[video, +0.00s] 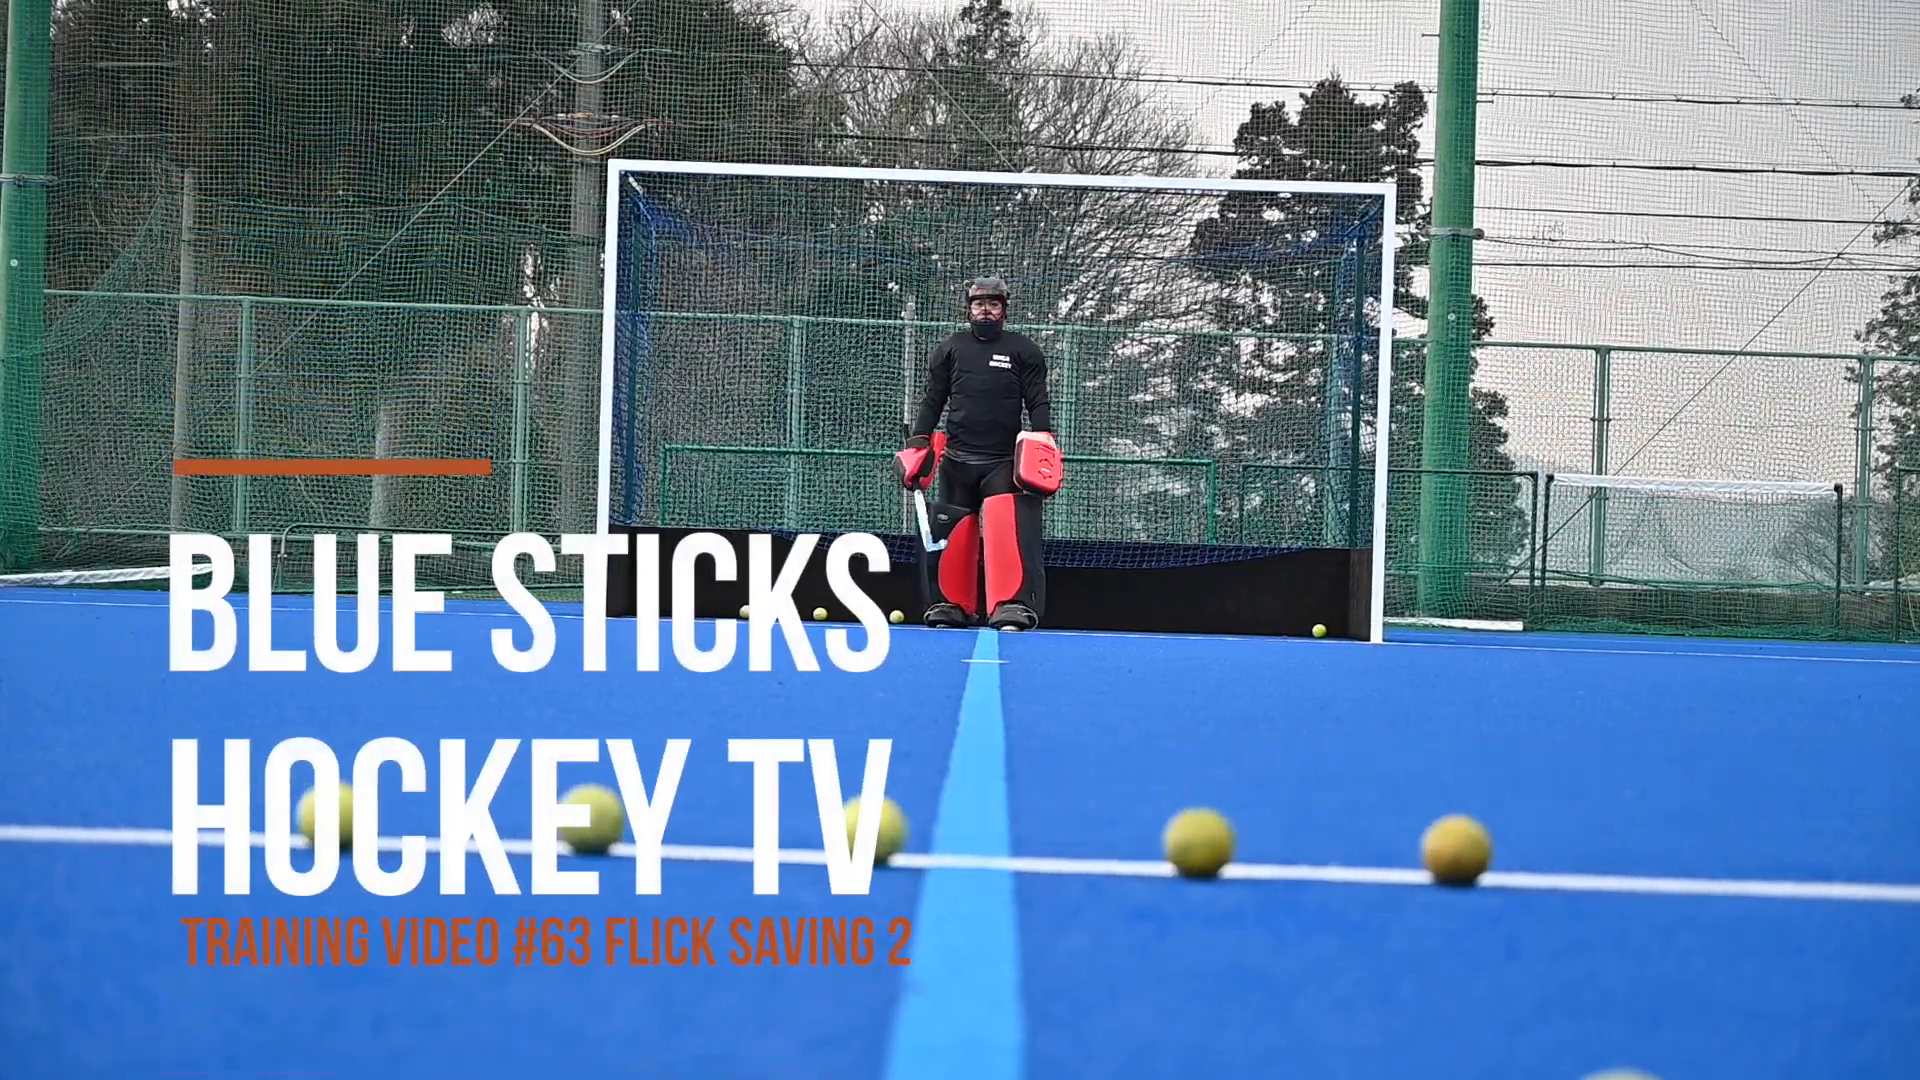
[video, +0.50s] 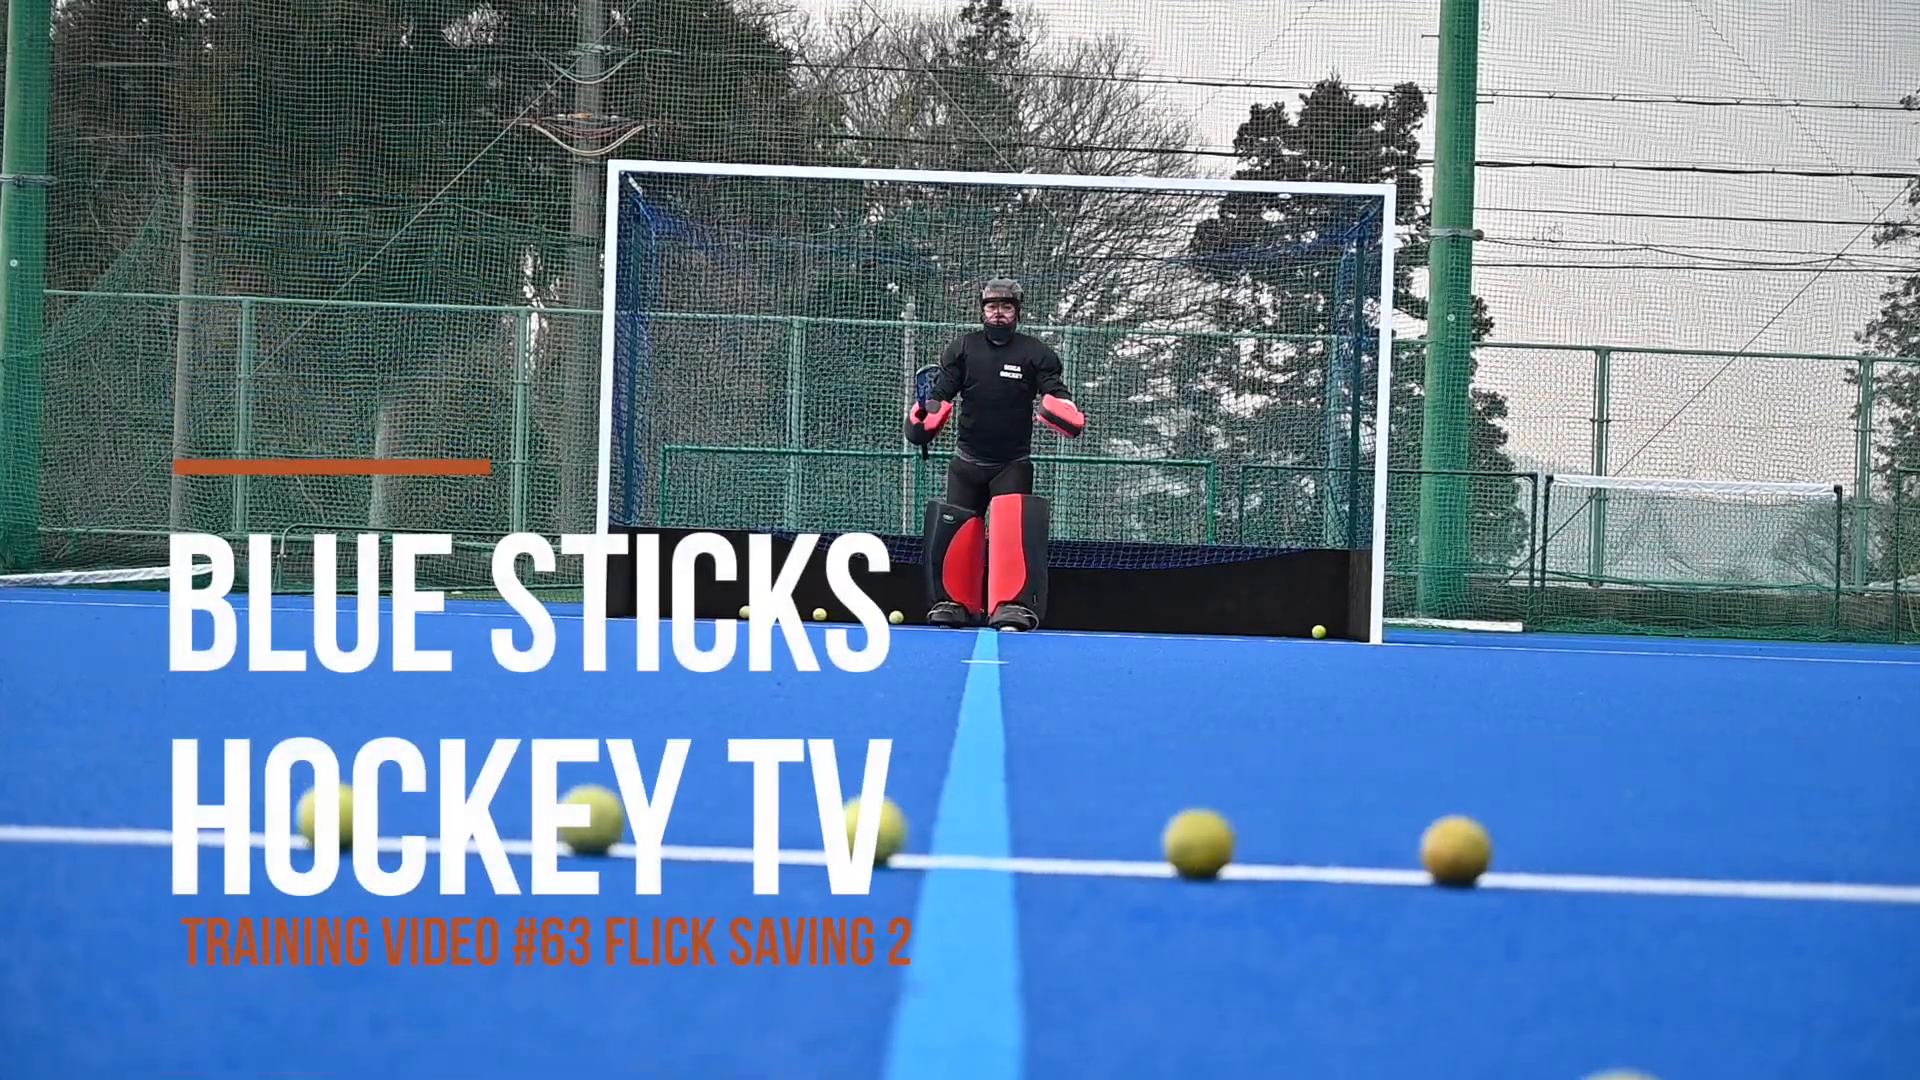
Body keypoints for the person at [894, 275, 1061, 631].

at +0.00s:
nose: (986, 310)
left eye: (993, 303)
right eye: (979, 303)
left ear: (1004, 308)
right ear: (968, 308)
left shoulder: (1024, 351)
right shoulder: (950, 349)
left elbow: (1038, 404)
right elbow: (931, 402)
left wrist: (1041, 450)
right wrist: (916, 447)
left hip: (1005, 462)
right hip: (957, 460)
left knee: (1007, 530)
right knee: (950, 530)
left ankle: (1011, 605)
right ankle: (951, 605)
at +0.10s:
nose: (989, 309)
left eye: (996, 303)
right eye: (982, 302)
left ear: (1007, 308)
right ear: (972, 307)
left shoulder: (1027, 351)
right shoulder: (953, 349)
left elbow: (1043, 400)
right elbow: (934, 400)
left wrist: (1049, 439)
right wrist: (919, 438)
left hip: (1007, 462)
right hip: (961, 460)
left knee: (1006, 531)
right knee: (952, 531)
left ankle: (1010, 607)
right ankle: (950, 605)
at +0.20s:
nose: (992, 310)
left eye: (1000, 303)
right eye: (985, 303)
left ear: (1011, 309)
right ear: (975, 308)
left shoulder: (1030, 351)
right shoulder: (956, 348)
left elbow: (1049, 398)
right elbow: (936, 399)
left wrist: (1053, 430)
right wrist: (923, 429)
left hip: (1009, 463)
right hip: (964, 461)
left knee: (1008, 533)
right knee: (951, 531)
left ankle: (1011, 607)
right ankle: (950, 605)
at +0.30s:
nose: (996, 311)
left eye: (1004, 304)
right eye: (989, 304)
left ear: (1015, 309)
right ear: (979, 309)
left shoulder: (1033, 352)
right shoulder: (959, 348)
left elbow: (1052, 395)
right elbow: (939, 395)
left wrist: (1060, 424)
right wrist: (924, 421)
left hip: (1011, 463)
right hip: (966, 460)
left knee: (1009, 533)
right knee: (953, 531)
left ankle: (1011, 607)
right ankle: (951, 605)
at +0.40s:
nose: (998, 311)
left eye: (1006, 305)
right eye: (991, 304)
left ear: (1017, 310)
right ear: (981, 309)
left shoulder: (1036, 353)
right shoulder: (962, 348)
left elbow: (1053, 392)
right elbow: (939, 394)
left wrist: (1062, 414)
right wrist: (926, 417)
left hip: (1012, 462)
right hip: (967, 460)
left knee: (1009, 530)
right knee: (956, 530)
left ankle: (1009, 607)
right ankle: (953, 605)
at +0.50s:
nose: (999, 312)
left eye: (1006, 306)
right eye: (992, 305)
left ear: (1017, 311)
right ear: (982, 309)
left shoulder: (1036, 353)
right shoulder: (962, 348)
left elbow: (1056, 393)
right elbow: (939, 394)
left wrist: (1063, 413)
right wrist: (924, 418)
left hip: (1012, 462)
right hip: (967, 460)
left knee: (1010, 531)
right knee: (957, 529)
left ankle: (1010, 607)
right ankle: (955, 604)